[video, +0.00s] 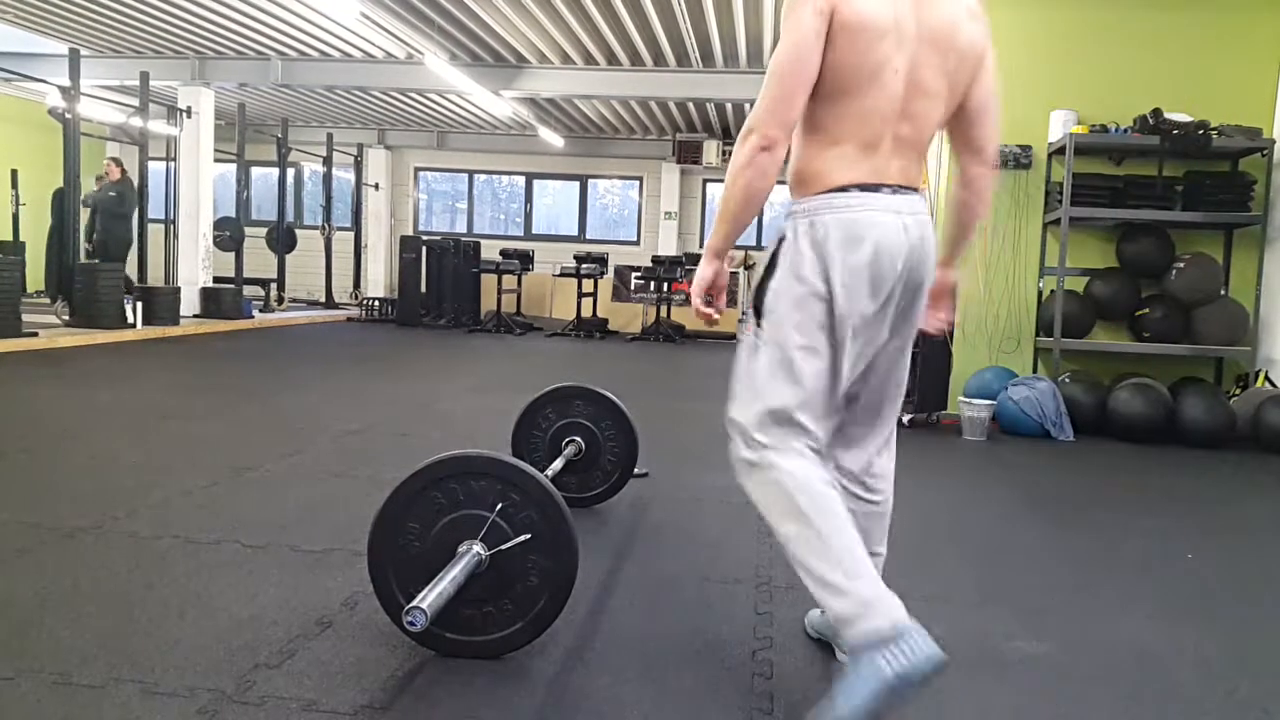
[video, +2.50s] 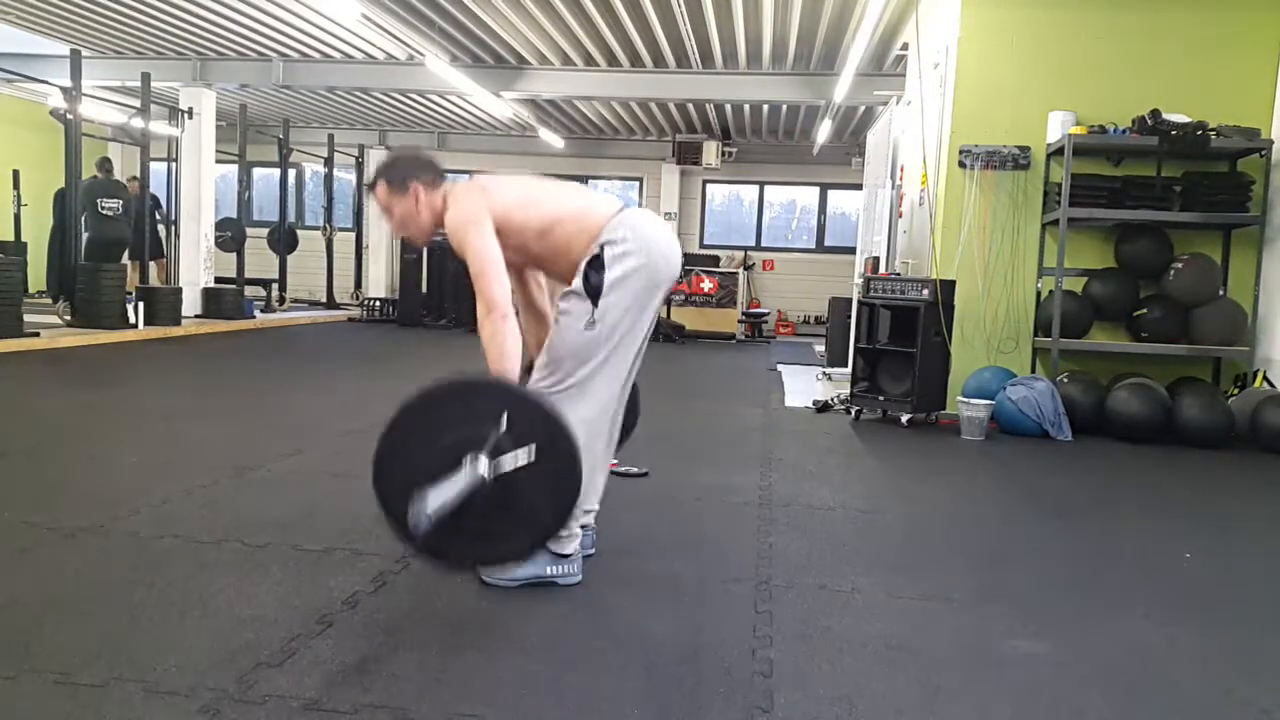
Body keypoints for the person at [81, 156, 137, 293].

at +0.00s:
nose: (105, 169)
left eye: (109, 166)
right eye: (105, 166)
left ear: (119, 168)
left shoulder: (126, 185)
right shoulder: (105, 187)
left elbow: (128, 209)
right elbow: (94, 214)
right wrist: (89, 238)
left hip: (119, 238)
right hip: (102, 237)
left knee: (115, 273)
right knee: (102, 273)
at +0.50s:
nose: (98, 171)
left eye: (101, 168)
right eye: (98, 168)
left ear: (110, 169)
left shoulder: (123, 182)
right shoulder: (101, 185)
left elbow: (110, 195)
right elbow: (94, 213)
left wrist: (96, 183)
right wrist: (91, 235)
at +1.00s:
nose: (94, 169)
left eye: (97, 166)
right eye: (95, 166)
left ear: (106, 168)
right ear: (108, 168)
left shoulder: (113, 184)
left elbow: (91, 187)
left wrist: (92, 175)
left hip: (104, 232)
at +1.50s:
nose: (90, 167)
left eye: (92, 164)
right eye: (90, 164)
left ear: (101, 167)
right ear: (106, 167)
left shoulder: (90, 185)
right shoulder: (115, 181)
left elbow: (81, 183)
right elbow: (123, 191)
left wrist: (88, 174)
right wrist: (114, 174)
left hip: (93, 229)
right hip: (109, 228)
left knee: (94, 266)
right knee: (105, 265)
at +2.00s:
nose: (90, 168)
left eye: (91, 166)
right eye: (90, 165)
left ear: (96, 167)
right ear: (108, 167)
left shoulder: (86, 184)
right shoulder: (119, 186)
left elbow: (79, 208)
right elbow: (122, 211)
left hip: (93, 232)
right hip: (114, 234)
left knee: (91, 271)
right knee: (106, 270)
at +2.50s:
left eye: (97, 169)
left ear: (97, 170)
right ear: (112, 169)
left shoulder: (88, 186)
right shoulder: (122, 187)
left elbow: (79, 211)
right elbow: (130, 213)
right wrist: (128, 231)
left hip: (97, 234)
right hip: (121, 234)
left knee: (90, 272)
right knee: (111, 271)